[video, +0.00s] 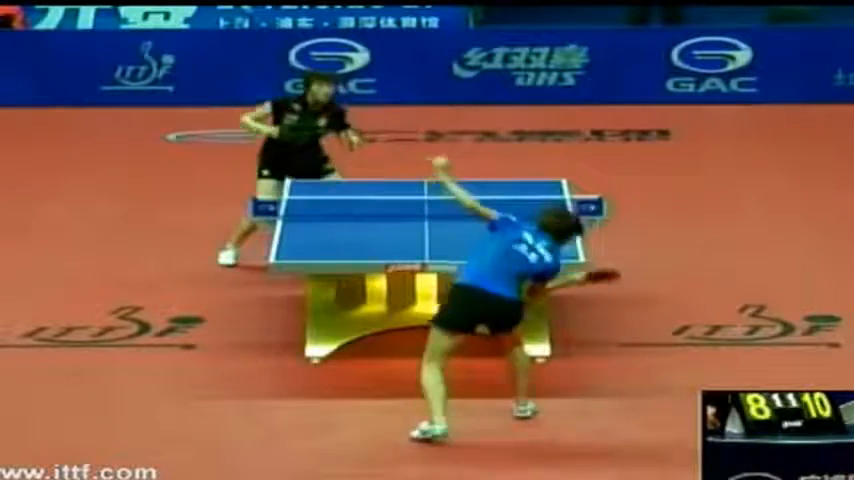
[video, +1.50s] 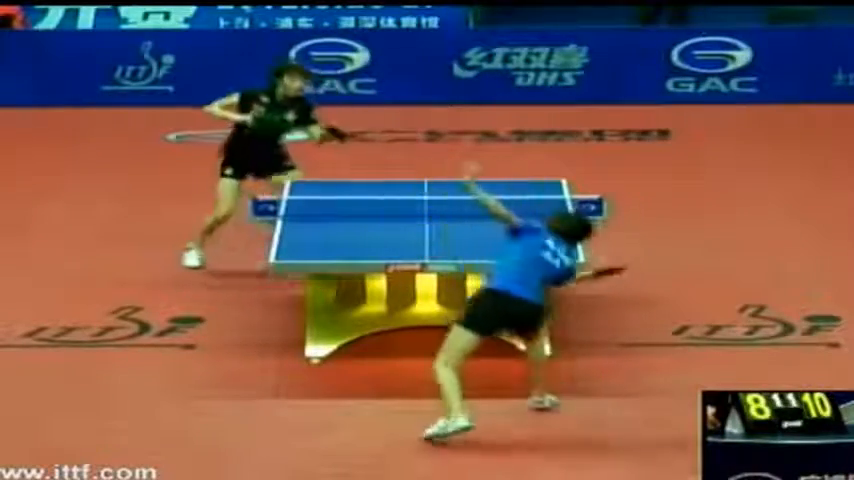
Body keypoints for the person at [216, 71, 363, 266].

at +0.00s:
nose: (326, 92)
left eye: (329, 86)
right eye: (321, 86)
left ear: (333, 90)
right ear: (310, 88)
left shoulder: (333, 113)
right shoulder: (287, 105)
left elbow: (349, 145)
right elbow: (247, 119)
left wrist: (352, 137)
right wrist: (269, 130)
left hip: (311, 158)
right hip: (276, 159)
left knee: (341, 197)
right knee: (265, 210)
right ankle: (232, 247)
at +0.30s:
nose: (325, 102)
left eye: (329, 97)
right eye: (321, 96)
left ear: (334, 100)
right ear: (311, 96)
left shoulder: (336, 120)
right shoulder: (288, 111)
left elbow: (360, 138)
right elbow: (246, 123)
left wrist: (362, 152)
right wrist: (262, 133)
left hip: (315, 166)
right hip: (277, 165)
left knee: (343, 202)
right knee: (260, 210)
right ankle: (224, 247)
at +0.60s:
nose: (313, 132)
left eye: (317, 128)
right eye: (310, 127)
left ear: (325, 123)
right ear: (302, 120)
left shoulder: (331, 132)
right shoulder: (283, 125)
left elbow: (359, 155)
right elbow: (235, 133)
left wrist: (340, 160)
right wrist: (241, 143)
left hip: (298, 177)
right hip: (271, 173)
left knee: (295, 216)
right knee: (259, 212)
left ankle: (284, 253)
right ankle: (225, 247)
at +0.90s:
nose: (317, 109)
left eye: (321, 104)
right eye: (312, 105)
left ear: (327, 104)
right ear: (303, 106)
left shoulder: (334, 118)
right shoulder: (290, 111)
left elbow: (362, 141)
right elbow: (254, 111)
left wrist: (355, 136)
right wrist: (247, 118)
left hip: (321, 160)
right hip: (288, 158)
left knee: (337, 204)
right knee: (260, 206)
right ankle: (225, 246)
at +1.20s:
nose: (320, 95)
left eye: (325, 91)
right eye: (316, 89)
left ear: (332, 93)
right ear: (307, 88)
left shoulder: (335, 109)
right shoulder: (290, 99)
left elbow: (347, 132)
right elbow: (264, 114)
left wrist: (351, 140)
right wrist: (254, 124)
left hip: (314, 155)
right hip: (281, 153)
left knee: (335, 197)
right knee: (257, 204)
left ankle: (341, 255)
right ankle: (210, 247)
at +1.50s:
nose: (299, 85)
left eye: (301, 81)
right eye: (294, 79)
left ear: (303, 84)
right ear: (281, 80)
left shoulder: (301, 108)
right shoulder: (255, 98)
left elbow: (316, 135)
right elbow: (212, 108)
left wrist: (328, 134)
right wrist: (240, 118)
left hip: (270, 153)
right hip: (239, 153)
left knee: (298, 190)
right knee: (226, 209)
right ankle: (196, 247)